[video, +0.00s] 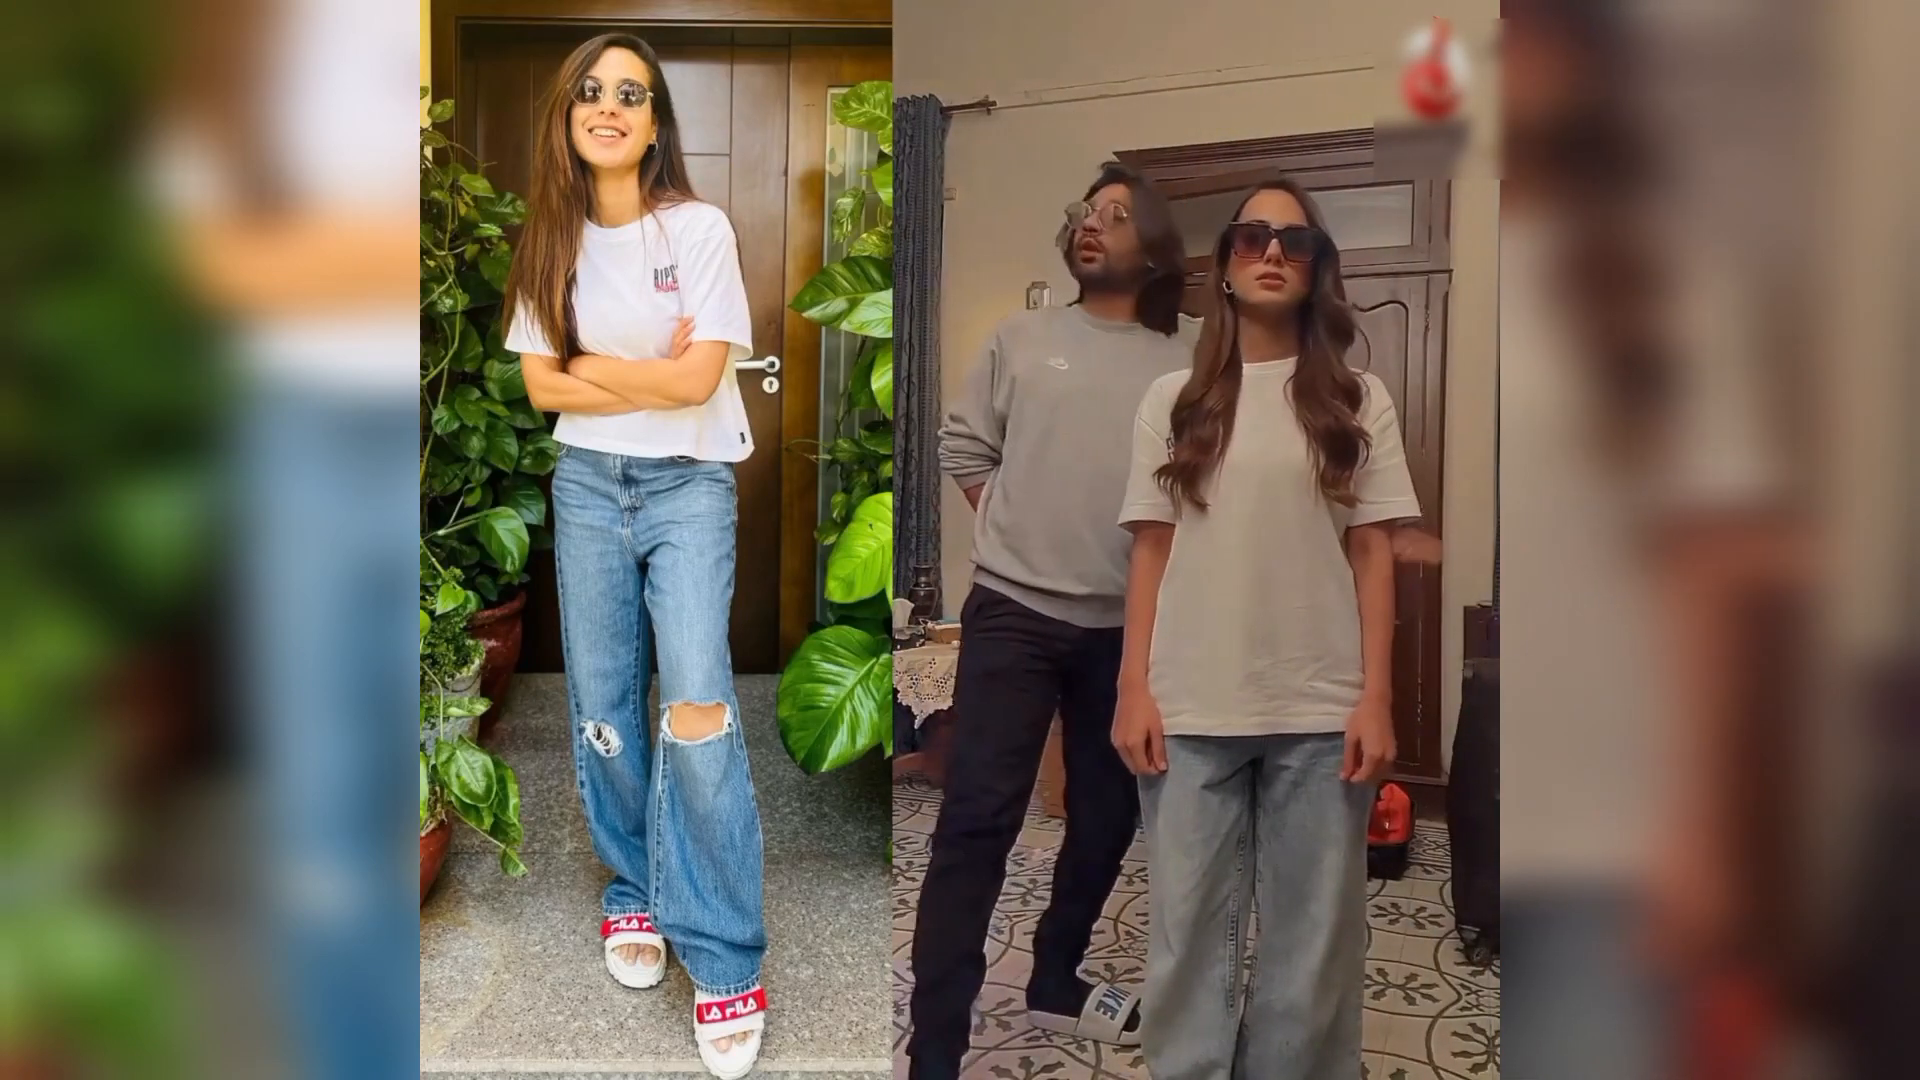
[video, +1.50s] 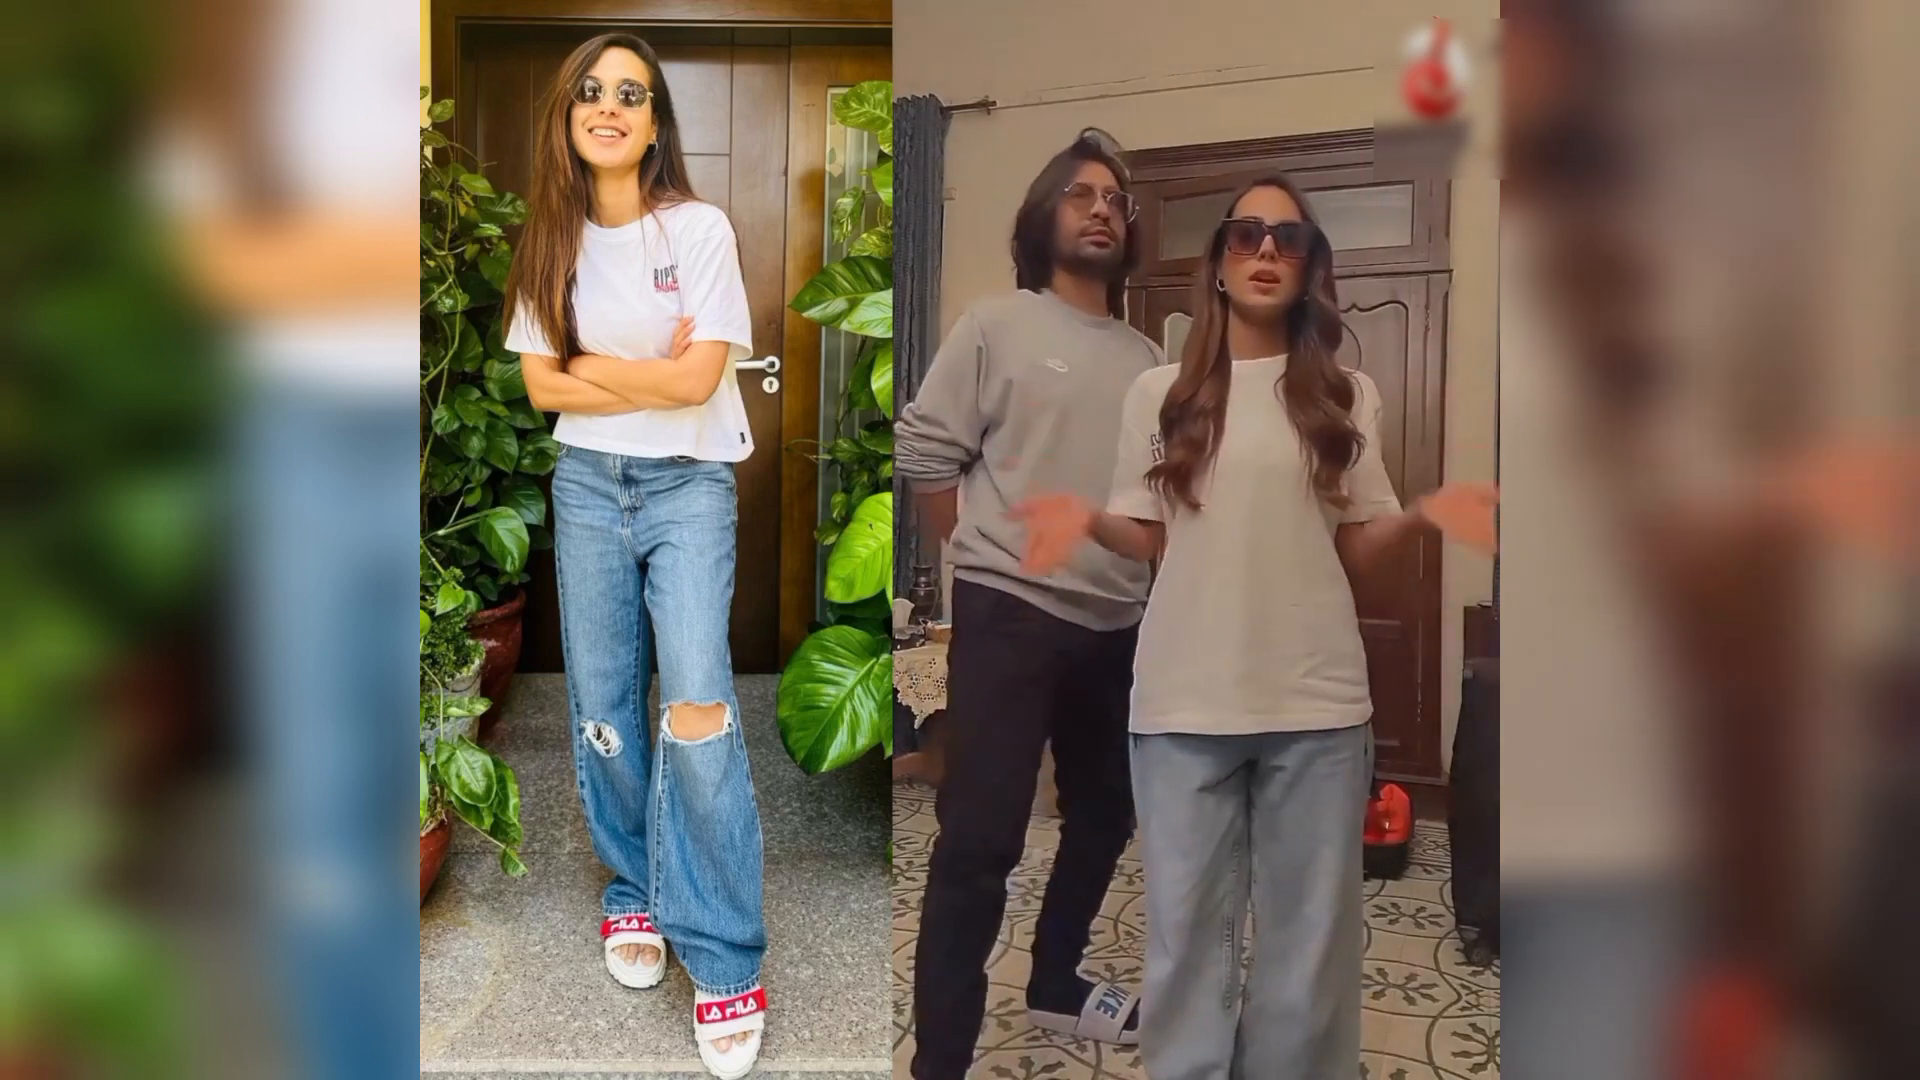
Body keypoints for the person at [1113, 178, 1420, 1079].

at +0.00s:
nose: (1272, 252)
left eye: (1294, 241)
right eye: (1253, 238)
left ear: (1318, 269)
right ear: (1225, 264)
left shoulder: (1358, 396)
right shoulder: (1174, 396)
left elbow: (1373, 555)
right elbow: (1150, 548)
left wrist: (1375, 699)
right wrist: (1134, 684)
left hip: (1324, 717)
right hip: (1191, 716)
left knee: (1312, 959)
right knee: (1184, 949)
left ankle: (1289, 1074)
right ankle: (1186, 1070)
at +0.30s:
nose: (1280, 252)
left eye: (1300, 241)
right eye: (1260, 239)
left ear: (1324, 269)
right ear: (1227, 266)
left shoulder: (1353, 398)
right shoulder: (1173, 394)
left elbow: (1371, 555)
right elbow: (1149, 548)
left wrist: (1377, 699)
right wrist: (1134, 684)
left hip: (1322, 719)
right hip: (1190, 717)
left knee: (1310, 960)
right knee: (1183, 951)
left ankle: (1290, 1074)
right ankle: (1185, 1069)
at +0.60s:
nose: (1262, 255)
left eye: (1284, 243)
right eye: (1242, 241)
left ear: (1308, 270)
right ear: (1215, 266)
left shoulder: (1356, 394)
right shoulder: (1172, 399)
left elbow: (1372, 552)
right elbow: (1150, 551)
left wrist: (1368, 696)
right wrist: (1130, 687)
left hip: (1320, 719)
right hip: (1187, 718)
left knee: (1310, 956)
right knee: (1183, 946)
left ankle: (1292, 1073)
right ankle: (1185, 1070)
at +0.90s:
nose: (1274, 247)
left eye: (1295, 236)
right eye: (1255, 233)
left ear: (1320, 265)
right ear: (1225, 260)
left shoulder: (1351, 393)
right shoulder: (1168, 390)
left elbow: (1354, 542)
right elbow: (1164, 540)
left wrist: (1421, 535)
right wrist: (1103, 552)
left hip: (1320, 707)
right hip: (1185, 705)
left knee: (1310, 951)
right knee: (1183, 943)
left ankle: (1293, 1071)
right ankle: (1184, 1067)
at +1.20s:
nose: (1267, 248)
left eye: (1289, 236)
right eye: (1247, 234)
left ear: (1314, 267)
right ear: (1219, 263)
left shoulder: (1347, 395)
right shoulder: (1165, 397)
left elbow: (1361, 543)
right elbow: (1161, 542)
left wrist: (1414, 545)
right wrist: (1095, 544)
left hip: (1320, 713)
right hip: (1183, 712)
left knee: (1309, 958)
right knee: (1184, 950)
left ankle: (1292, 1070)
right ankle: (1185, 1066)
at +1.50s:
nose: (1266, 249)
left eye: (1287, 237)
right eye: (1248, 235)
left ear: (1313, 265)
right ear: (1219, 262)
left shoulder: (1346, 393)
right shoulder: (1162, 392)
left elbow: (1360, 552)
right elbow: (1154, 542)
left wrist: (1420, 517)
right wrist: (1093, 518)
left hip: (1317, 705)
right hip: (1182, 705)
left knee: (1310, 946)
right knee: (1182, 938)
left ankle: (1294, 1071)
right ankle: (1186, 1067)